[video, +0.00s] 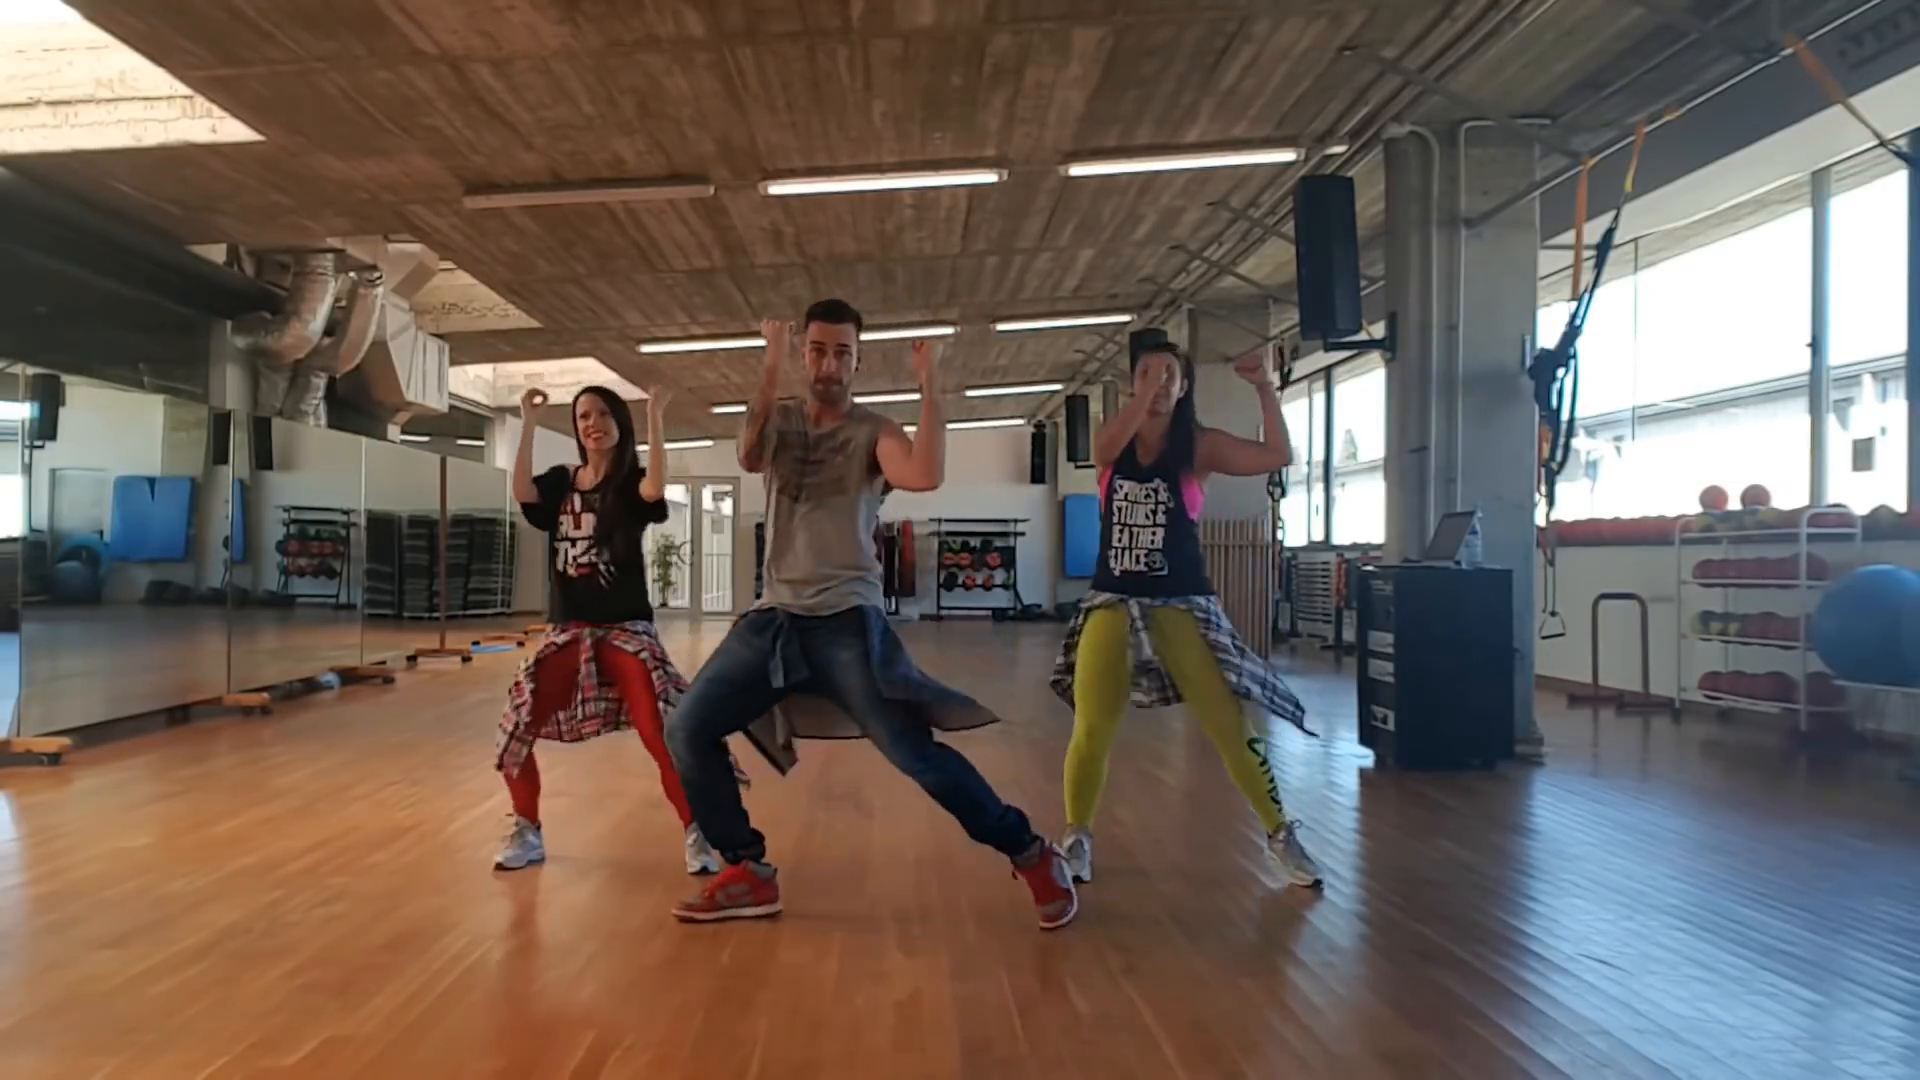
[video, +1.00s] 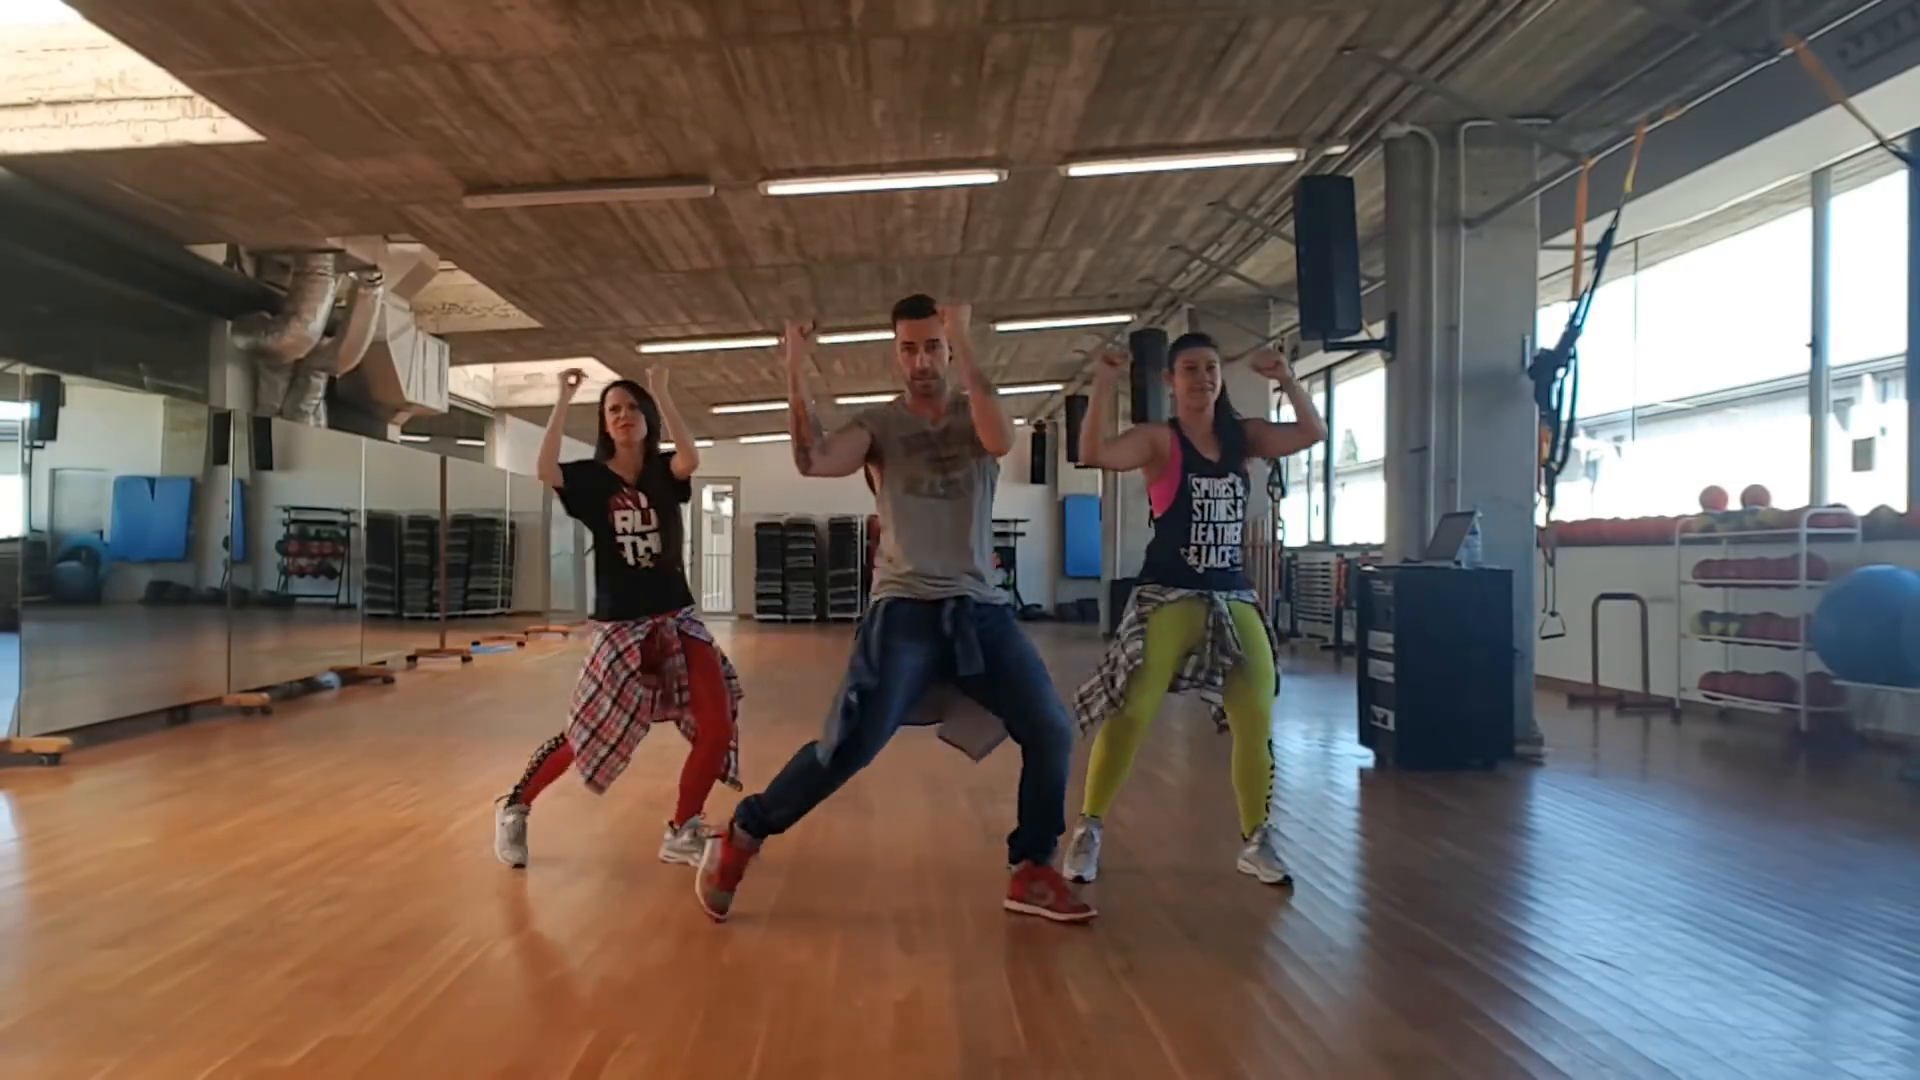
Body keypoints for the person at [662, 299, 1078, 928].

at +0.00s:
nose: (829, 363)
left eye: (842, 353)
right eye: (819, 350)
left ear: (857, 362)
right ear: (801, 355)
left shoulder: (873, 431)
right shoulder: (780, 421)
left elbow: (923, 475)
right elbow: (750, 457)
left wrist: (927, 392)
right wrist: (770, 379)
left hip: (846, 610)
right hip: (775, 609)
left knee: (907, 749)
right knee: (687, 727)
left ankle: (1030, 854)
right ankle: (748, 870)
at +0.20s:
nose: (800, 343)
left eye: (812, 331)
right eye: (789, 330)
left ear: (831, 337)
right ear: (775, 334)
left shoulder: (849, 405)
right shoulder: (747, 396)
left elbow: (914, 413)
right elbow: (701, 397)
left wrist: (913, 330)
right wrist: (716, 318)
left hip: (827, 582)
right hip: (747, 581)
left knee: (849, 727)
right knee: (688, 720)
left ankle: (897, 835)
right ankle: (735, 859)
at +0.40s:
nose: (798, 358)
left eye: (810, 346)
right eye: (787, 345)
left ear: (829, 354)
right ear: (772, 350)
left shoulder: (842, 422)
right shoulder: (749, 418)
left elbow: (872, 444)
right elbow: (729, 430)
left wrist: (868, 350)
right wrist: (748, 350)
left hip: (819, 614)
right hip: (741, 605)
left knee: (779, 754)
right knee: (709, 748)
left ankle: (798, 853)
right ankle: (731, 867)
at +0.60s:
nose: (820, 348)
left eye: (832, 336)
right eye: (808, 336)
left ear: (848, 342)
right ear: (788, 341)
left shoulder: (861, 407)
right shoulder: (763, 400)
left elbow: (885, 434)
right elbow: (721, 425)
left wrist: (879, 339)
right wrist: (733, 338)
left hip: (846, 591)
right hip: (770, 591)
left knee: (922, 709)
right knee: (747, 737)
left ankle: (894, 848)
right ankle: (701, 856)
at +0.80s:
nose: (864, 364)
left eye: (875, 350)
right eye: (852, 350)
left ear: (893, 357)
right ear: (838, 356)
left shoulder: (916, 420)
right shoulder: (811, 422)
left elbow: (921, 450)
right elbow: (751, 451)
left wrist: (893, 357)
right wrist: (742, 369)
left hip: (907, 620)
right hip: (835, 621)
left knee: (989, 729)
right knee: (805, 760)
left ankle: (1022, 866)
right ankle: (683, 847)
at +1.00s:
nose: (921, 362)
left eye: (931, 348)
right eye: (909, 350)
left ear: (951, 350)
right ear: (895, 355)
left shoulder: (978, 413)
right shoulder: (878, 425)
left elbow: (999, 442)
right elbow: (812, 461)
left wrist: (962, 353)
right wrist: (797, 376)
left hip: (977, 604)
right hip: (903, 603)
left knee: (1051, 731)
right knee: (851, 747)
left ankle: (1033, 870)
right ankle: (746, 832)